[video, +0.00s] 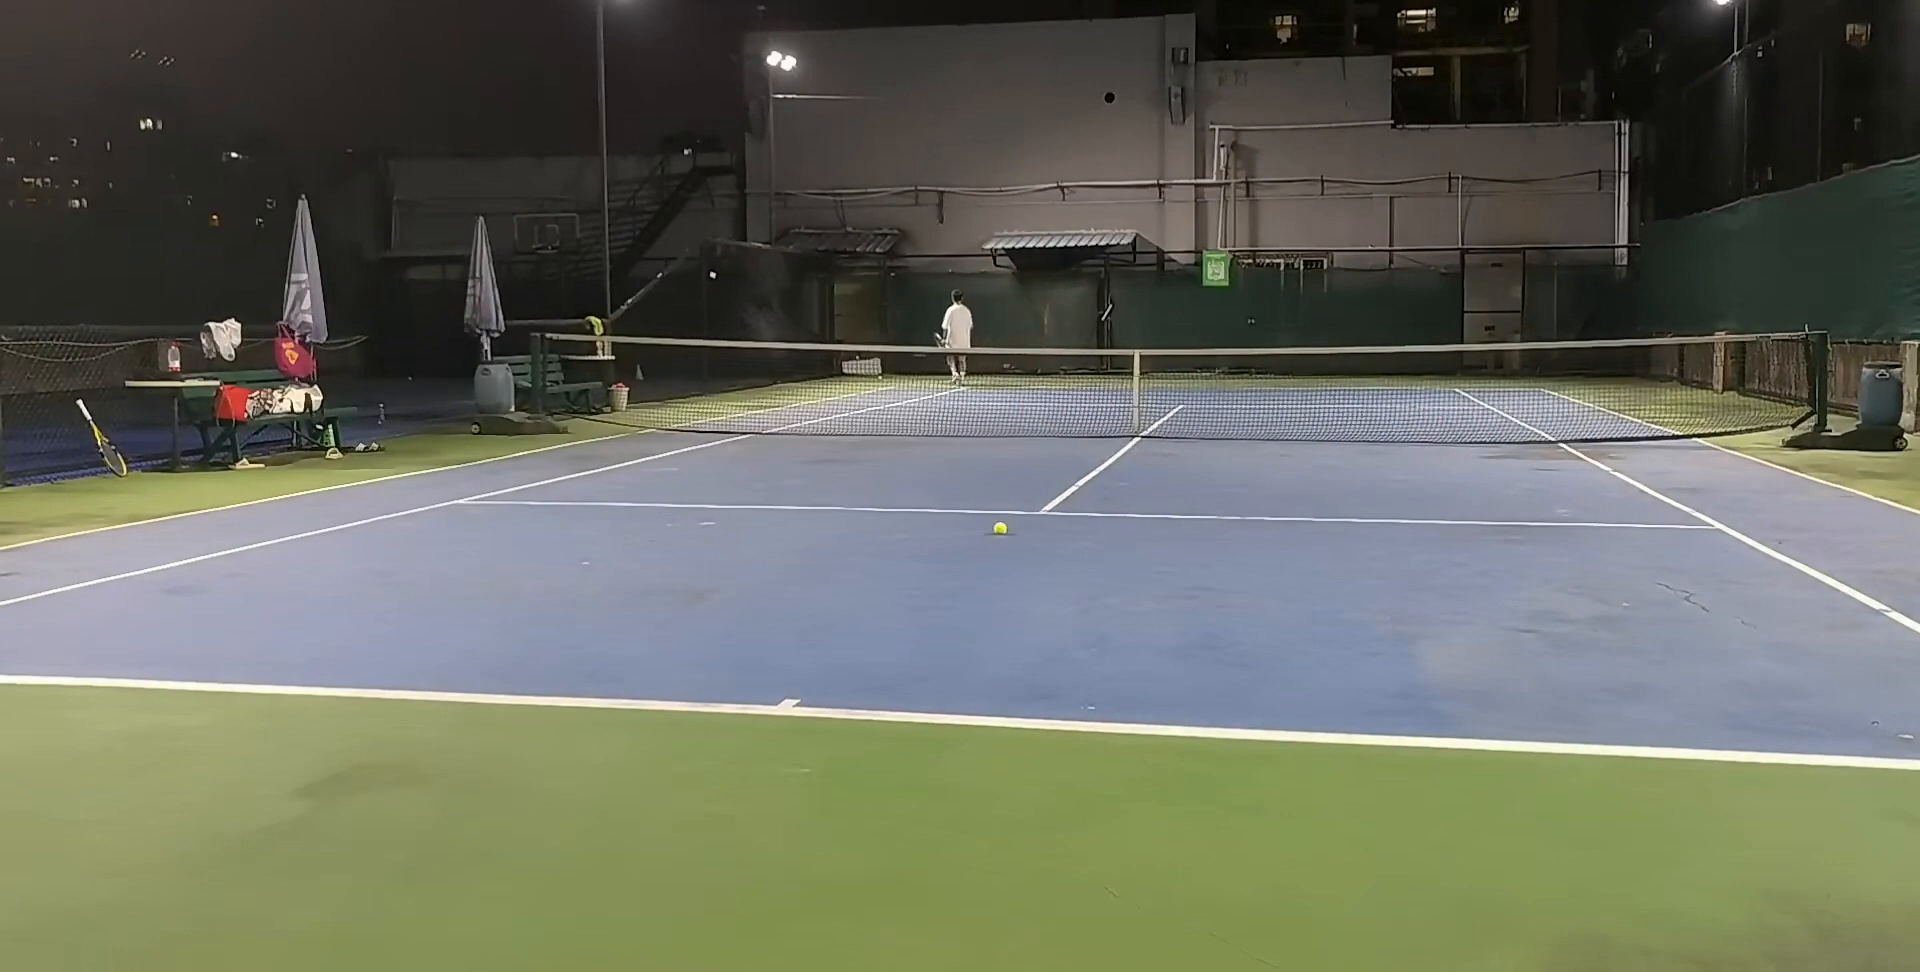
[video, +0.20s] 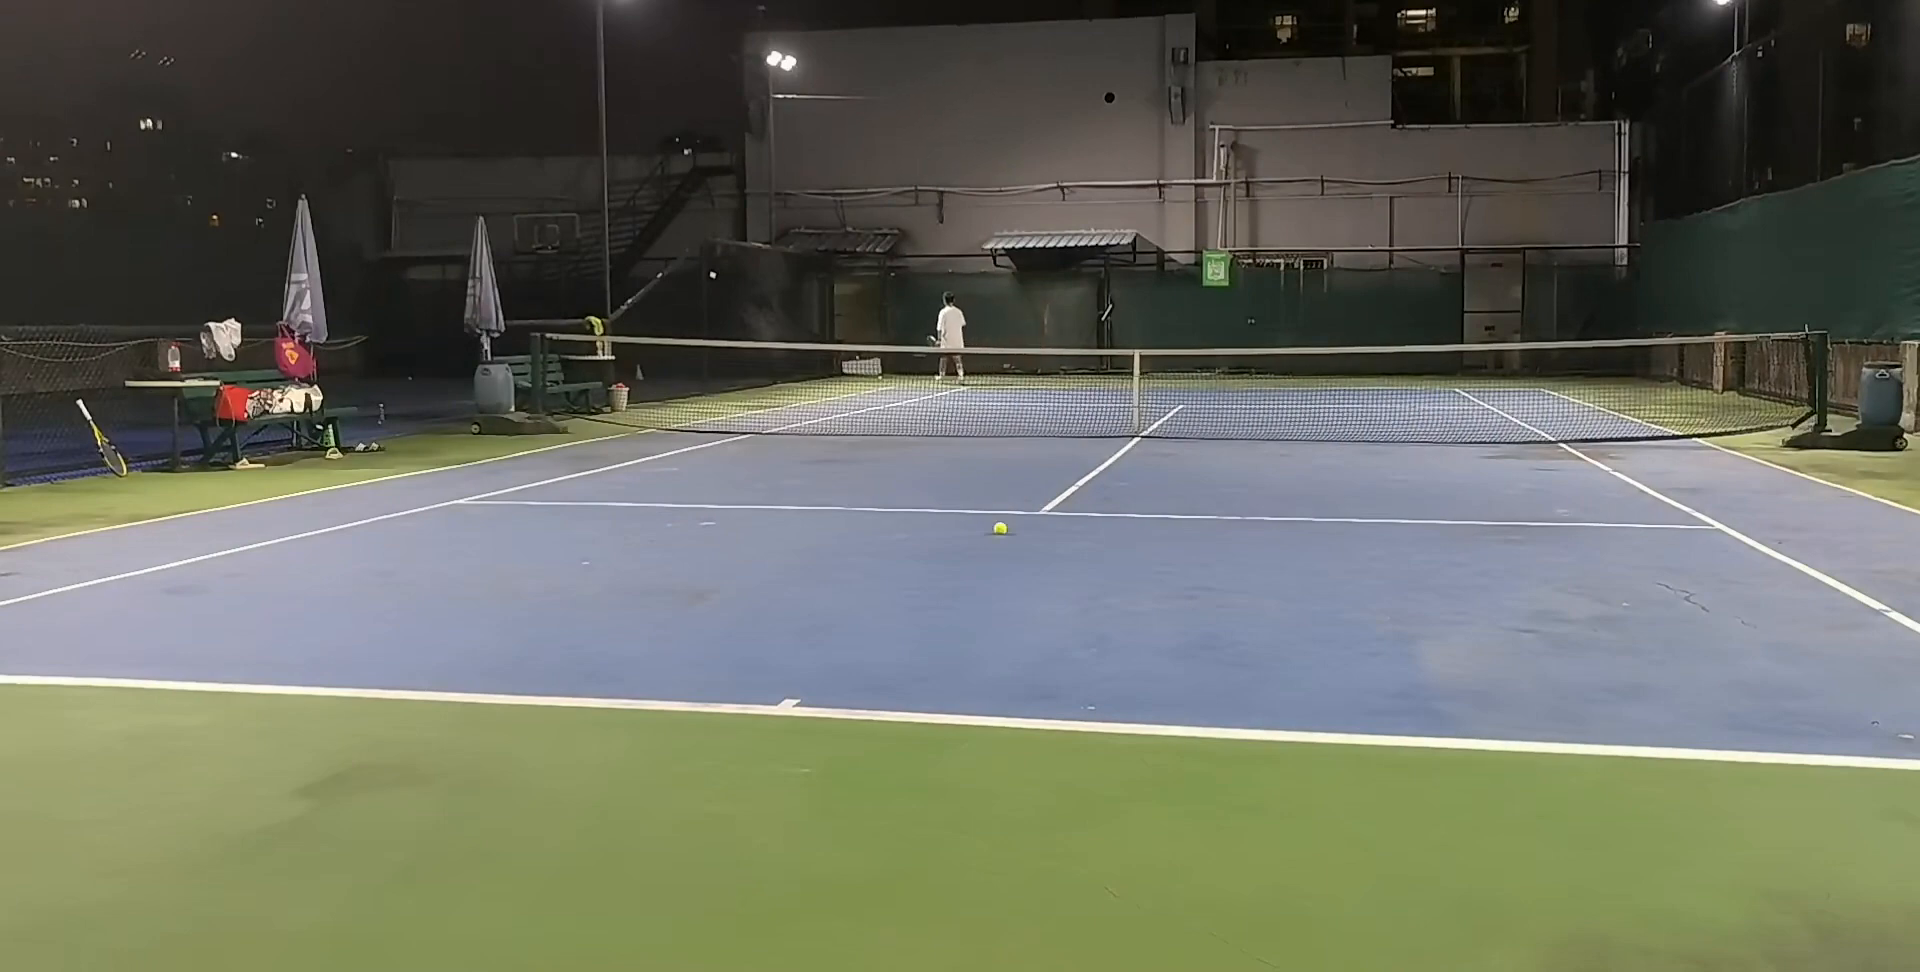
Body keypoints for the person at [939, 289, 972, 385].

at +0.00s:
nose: (955, 300)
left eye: (954, 298)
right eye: (958, 298)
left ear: (952, 299)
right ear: (961, 298)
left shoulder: (951, 310)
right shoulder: (967, 310)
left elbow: (945, 326)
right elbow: (970, 325)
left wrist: (944, 339)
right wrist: (967, 334)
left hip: (953, 341)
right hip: (965, 341)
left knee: (951, 358)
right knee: (962, 359)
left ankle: (955, 374)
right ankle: (962, 374)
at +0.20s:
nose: (944, 302)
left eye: (944, 300)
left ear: (944, 301)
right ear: (953, 300)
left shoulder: (943, 312)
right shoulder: (958, 311)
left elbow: (940, 328)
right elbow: (963, 323)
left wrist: (939, 339)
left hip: (946, 340)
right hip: (958, 340)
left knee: (943, 357)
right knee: (958, 358)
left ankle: (941, 374)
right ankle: (961, 374)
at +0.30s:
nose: (939, 302)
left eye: (939, 300)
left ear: (940, 301)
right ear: (949, 300)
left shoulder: (939, 312)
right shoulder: (954, 311)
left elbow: (935, 328)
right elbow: (958, 324)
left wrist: (934, 339)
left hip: (942, 342)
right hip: (954, 342)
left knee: (940, 358)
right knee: (952, 356)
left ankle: (940, 374)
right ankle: (957, 370)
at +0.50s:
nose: (934, 300)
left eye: (934, 298)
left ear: (934, 299)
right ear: (942, 298)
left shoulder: (931, 310)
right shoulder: (948, 309)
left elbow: (924, 324)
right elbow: (952, 323)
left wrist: (920, 333)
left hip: (935, 339)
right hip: (947, 339)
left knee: (937, 356)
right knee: (943, 356)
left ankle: (940, 374)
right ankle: (943, 373)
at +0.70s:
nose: (928, 302)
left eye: (929, 300)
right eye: (930, 300)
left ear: (929, 301)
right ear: (938, 301)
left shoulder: (927, 312)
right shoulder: (942, 312)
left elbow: (919, 325)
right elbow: (945, 326)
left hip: (930, 339)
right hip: (941, 340)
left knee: (931, 357)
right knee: (935, 357)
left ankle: (938, 374)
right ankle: (933, 374)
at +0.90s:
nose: (921, 301)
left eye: (922, 299)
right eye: (922, 299)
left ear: (924, 300)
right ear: (931, 300)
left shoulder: (923, 311)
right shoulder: (936, 311)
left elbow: (917, 324)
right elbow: (939, 325)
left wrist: (912, 330)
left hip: (924, 338)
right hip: (935, 338)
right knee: (931, 356)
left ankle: (927, 369)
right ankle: (932, 373)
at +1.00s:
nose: (917, 300)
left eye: (917, 298)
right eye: (917, 298)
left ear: (920, 299)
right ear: (926, 299)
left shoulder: (920, 310)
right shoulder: (933, 310)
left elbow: (917, 324)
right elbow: (936, 324)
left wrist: (915, 336)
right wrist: (931, 330)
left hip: (922, 337)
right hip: (932, 337)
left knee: (918, 355)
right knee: (931, 356)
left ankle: (919, 372)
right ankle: (932, 374)